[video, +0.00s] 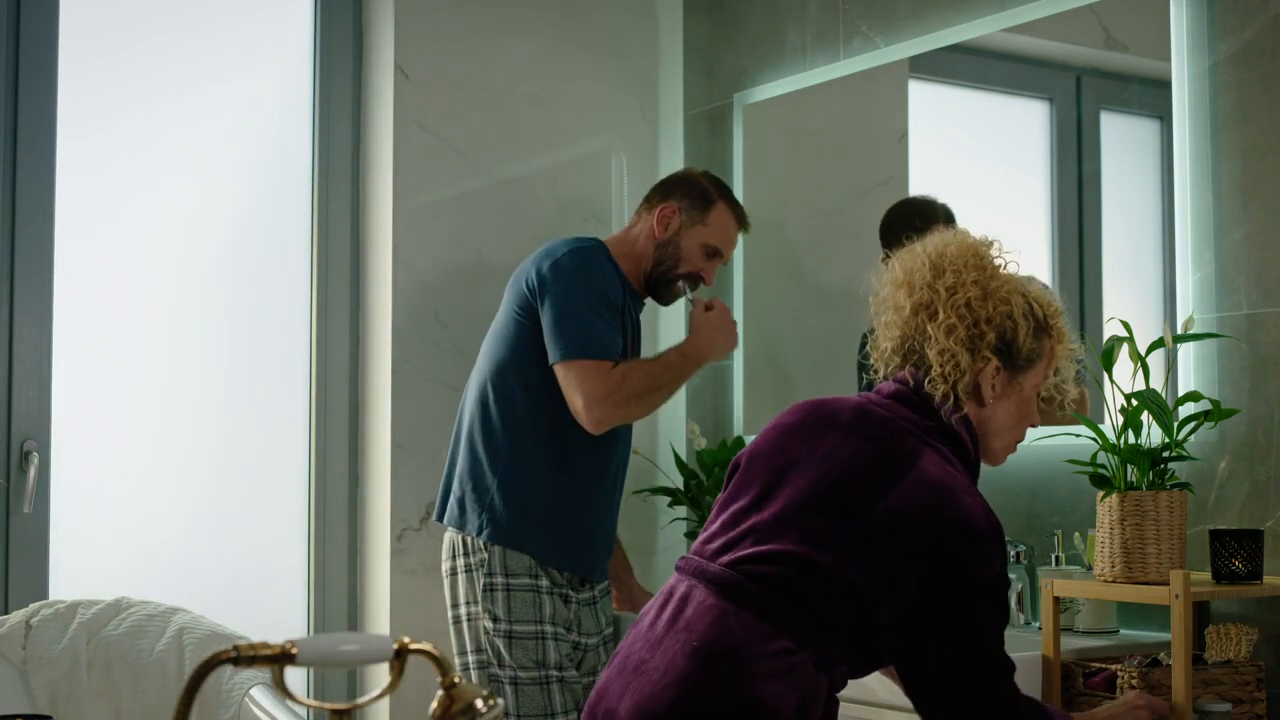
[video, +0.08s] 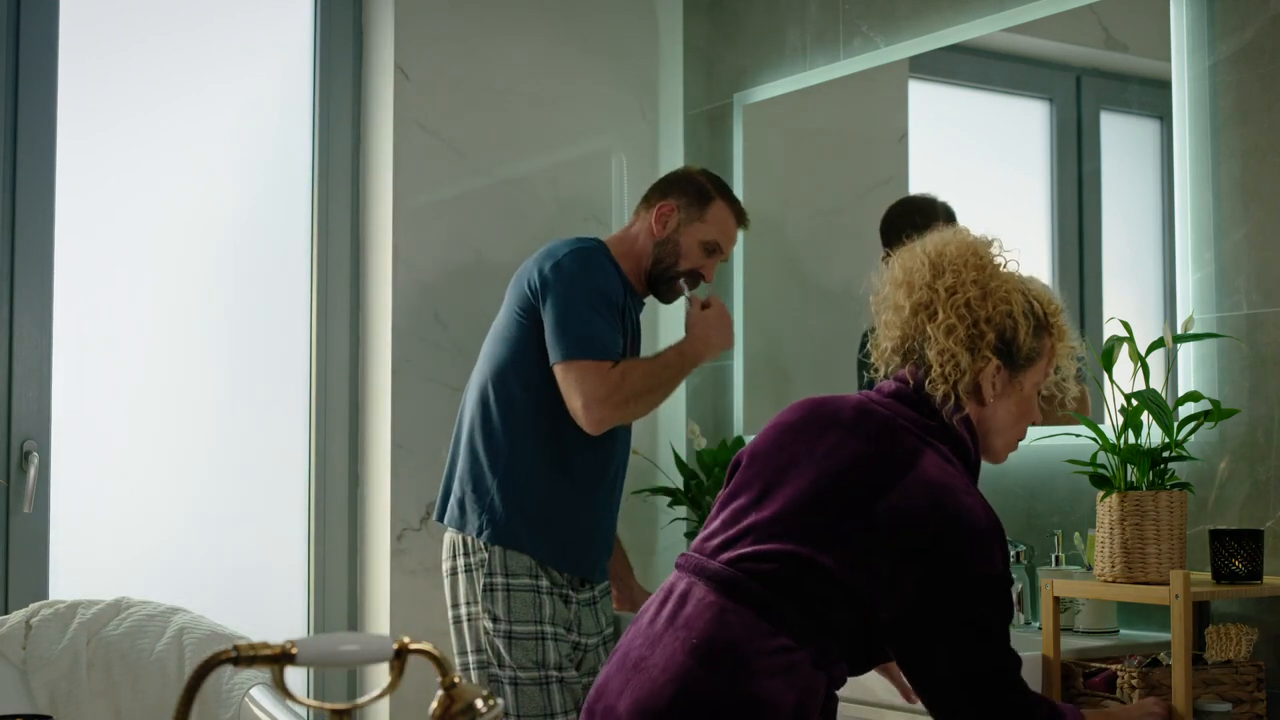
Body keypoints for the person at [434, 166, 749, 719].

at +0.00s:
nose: (709, 277)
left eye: (720, 263)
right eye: (710, 253)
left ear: (664, 222)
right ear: (665, 220)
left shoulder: (624, 310)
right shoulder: (577, 266)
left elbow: (578, 471)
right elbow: (598, 403)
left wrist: (629, 593)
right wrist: (699, 350)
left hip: (578, 568)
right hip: (511, 561)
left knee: (601, 710)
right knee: (537, 712)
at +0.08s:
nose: (709, 273)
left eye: (720, 260)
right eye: (709, 249)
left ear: (662, 220)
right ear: (663, 218)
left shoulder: (624, 310)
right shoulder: (579, 267)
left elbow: (578, 472)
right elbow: (596, 404)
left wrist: (629, 593)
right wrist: (696, 348)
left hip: (579, 569)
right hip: (511, 562)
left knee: (603, 711)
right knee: (537, 713)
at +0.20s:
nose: (705, 268)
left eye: (716, 257)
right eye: (703, 245)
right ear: (657, 212)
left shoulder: (624, 308)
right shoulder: (575, 267)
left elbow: (579, 469)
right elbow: (599, 405)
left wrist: (625, 587)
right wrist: (696, 343)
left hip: (581, 569)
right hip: (511, 561)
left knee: (608, 709)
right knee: (535, 712)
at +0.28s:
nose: (702, 262)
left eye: (712, 252)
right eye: (698, 239)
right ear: (652, 207)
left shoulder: (623, 306)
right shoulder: (574, 268)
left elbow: (578, 467)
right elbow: (596, 404)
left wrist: (623, 585)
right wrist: (697, 343)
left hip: (581, 566)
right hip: (513, 559)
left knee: (605, 708)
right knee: (536, 712)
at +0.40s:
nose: (692, 253)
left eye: (704, 246)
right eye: (687, 230)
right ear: (643, 201)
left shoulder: (622, 305)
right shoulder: (568, 267)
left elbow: (582, 462)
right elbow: (593, 404)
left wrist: (619, 570)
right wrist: (688, 330)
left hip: (581, 565)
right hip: (514, 559)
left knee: (593, 707)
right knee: (535, 711)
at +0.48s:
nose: (684, 247)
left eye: (699, 240)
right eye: (678, 223)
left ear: (704, 243)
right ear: (635, 199)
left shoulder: (620, 303)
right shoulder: (564, 266)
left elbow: (593, 446)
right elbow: (589, 403)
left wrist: (608, 551)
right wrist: (688, 336)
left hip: (576, 560)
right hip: (514, 558)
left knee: (584, 708)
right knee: (534, 712)